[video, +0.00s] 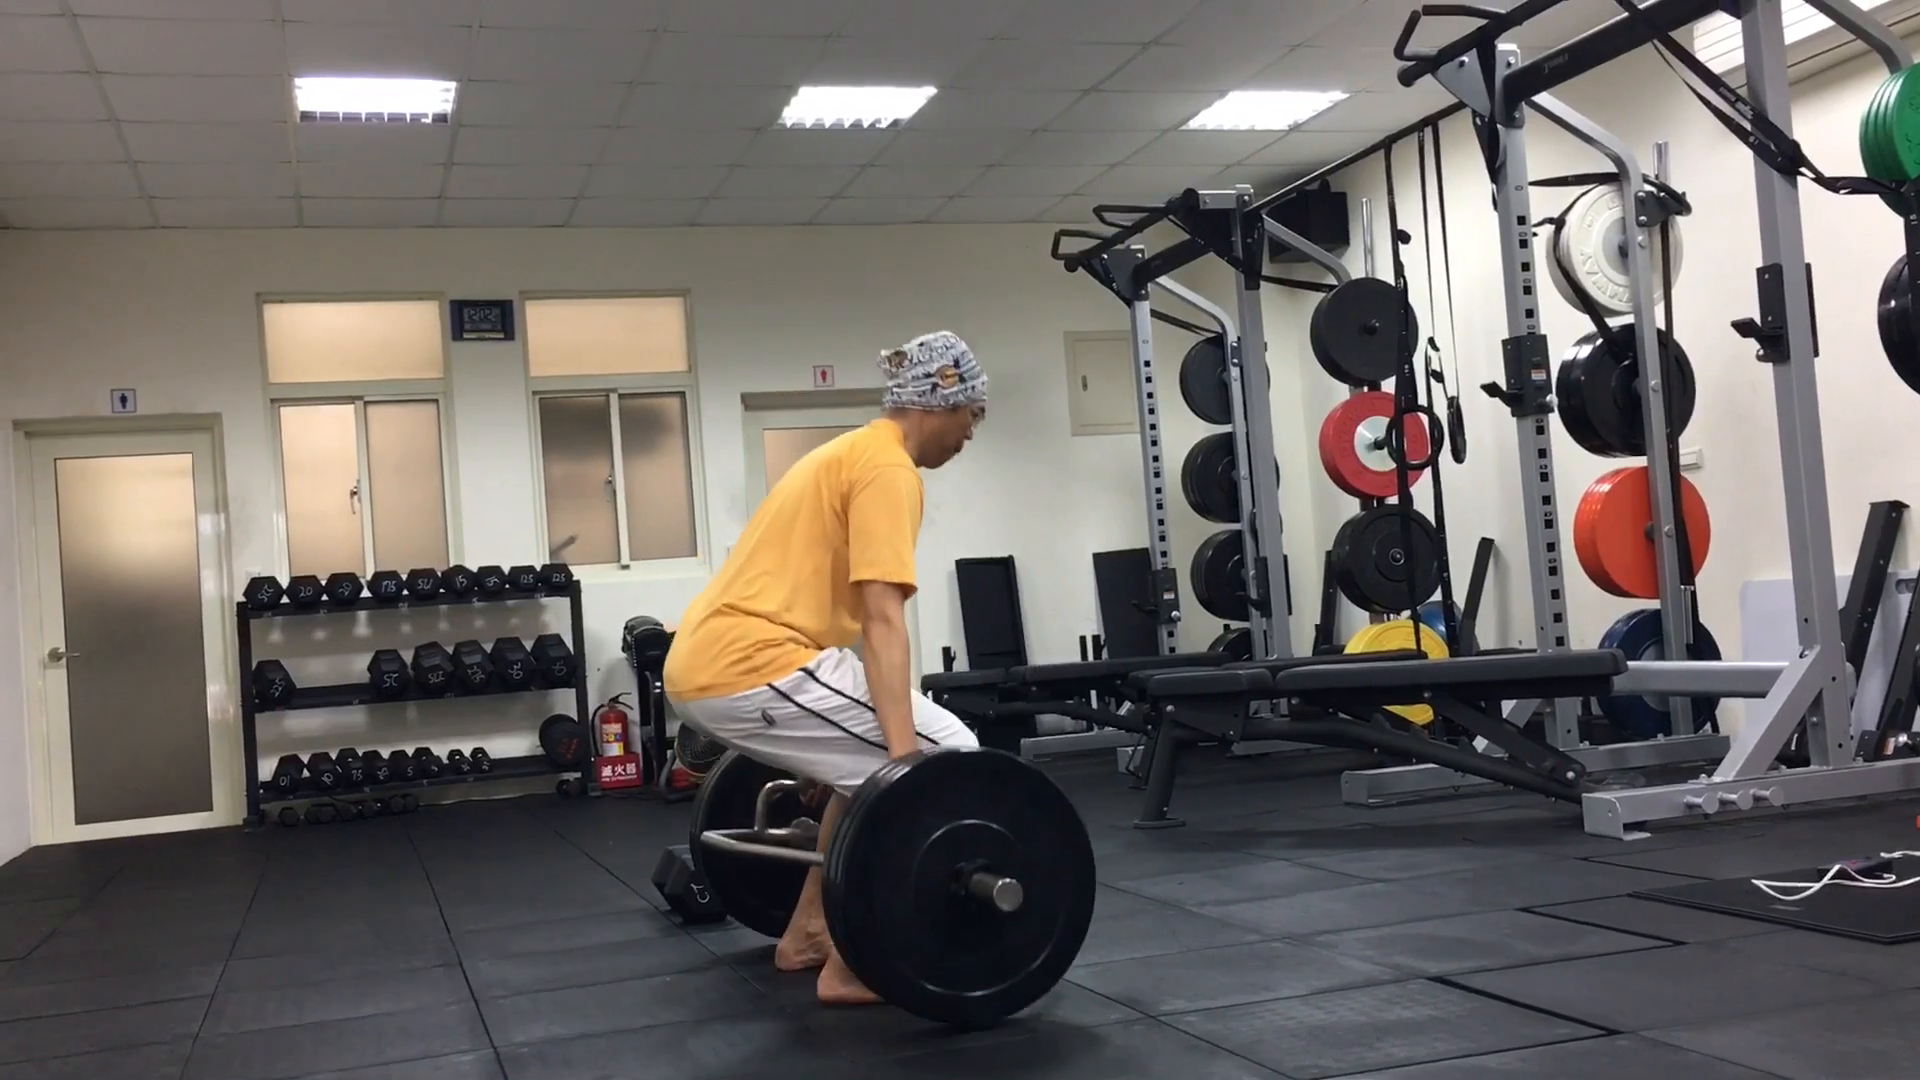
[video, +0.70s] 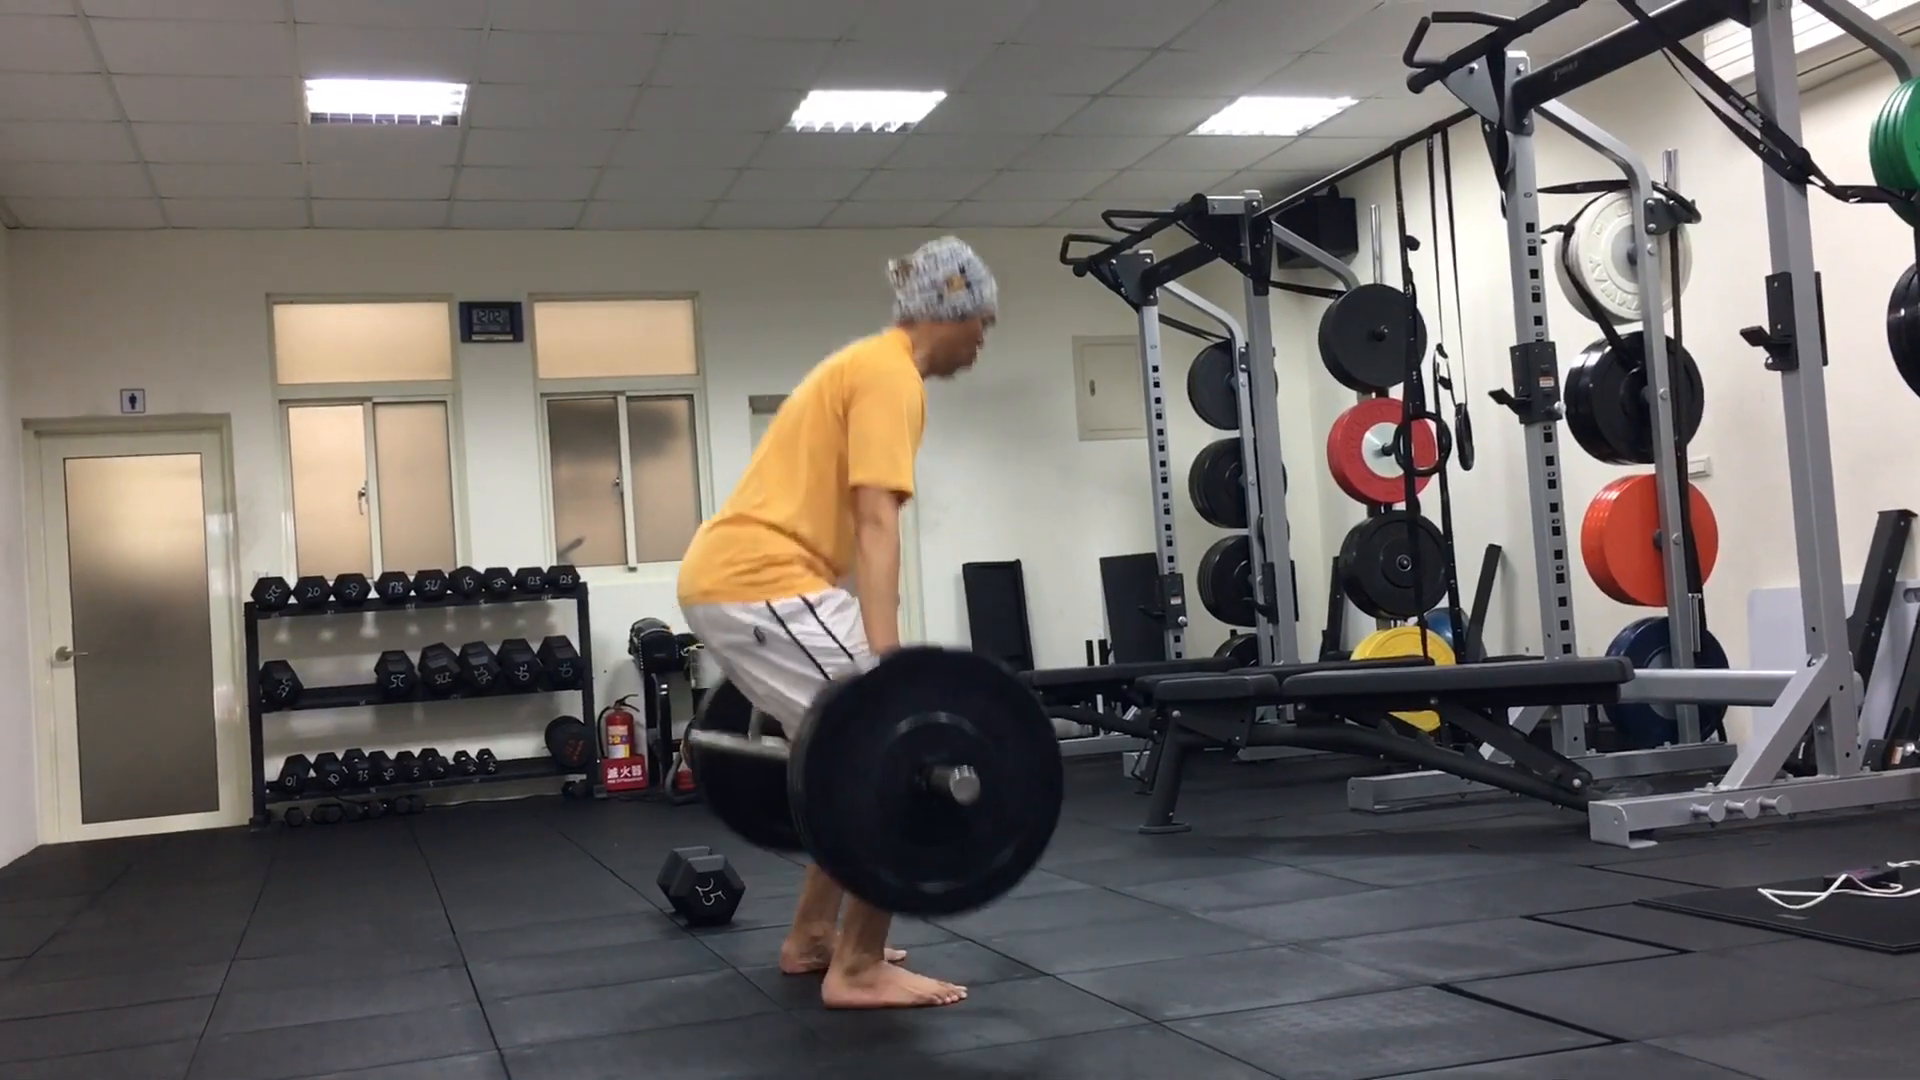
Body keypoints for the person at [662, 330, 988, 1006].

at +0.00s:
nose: (970, 435)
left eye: (975, 420)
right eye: (970, 416)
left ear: (908, 402)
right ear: (936, 405)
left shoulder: (845, 454)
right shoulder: (886, 464)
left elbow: (833, 616)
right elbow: (881, 617)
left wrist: (831, 751)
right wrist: (902, 750)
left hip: (702, 665)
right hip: (754, 663)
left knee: (884, 750)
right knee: (948, 750)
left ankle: (807, 931)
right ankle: (853, 963)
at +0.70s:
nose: (981, 346)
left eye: (985, 328)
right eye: (982, 326)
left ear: (921, 309)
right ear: (950, 312)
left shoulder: (864, 366)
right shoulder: (887, 370)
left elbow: (850, 526)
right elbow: (875, 519)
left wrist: (876, 656)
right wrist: (886, 663)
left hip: (729, 577)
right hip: (760, 576)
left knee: (865, 740)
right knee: (895, 744)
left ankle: (813, 935)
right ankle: (859, 966)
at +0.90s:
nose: (958, 247)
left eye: (961, 231)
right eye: (956, 228)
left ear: (898, 214)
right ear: (922, 215)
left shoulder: (836, 281)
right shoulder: (870, 283)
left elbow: (825, 430)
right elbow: (860, 423)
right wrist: (874, 568)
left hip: (744, 533)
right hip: (790, 534)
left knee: (795, 738)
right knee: (848, 734)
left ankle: (807, 934)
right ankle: (854, 962)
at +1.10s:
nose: (919, 212)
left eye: (921, 196)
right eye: (917, 194)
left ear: (854, 178)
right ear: (886, 180)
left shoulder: (804, 248)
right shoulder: (837, 248)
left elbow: (798, 400)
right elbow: (841, 387)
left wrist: (831, 526)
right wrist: (862, 524)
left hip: (773, 530)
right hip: (815, 532)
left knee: (779, 743)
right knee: (824, 744)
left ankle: (801, 938)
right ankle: (849, 965)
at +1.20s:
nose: (915, 206)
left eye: (916, 190)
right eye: (912, 189)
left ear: (850, 177)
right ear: (878, 178)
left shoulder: (798, 254)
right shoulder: (831, 252)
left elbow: (793, 411)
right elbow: (839, 396)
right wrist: (864, 534)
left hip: (777, 532)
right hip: (819, 533)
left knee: (781, 743)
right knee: (828, 744)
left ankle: (801, 937)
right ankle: (849, 966)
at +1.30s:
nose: (918, 208)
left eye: (919, 192)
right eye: (915, 191)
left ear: (853, 179)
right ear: (882, 181)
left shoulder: (800, 254)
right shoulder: (832, 253)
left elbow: (795, 408)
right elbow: (840, 398)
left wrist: (825, 532)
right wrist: (865, 535)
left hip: (775, 533)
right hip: (818, 534)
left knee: (785, 741)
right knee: (831, 742)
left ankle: (801, 937)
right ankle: (849, 966)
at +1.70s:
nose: (953, 306)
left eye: (958, 289)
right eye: (953, 286)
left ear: (899, 266)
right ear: (920, 269)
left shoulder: (828, 326)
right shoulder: (862, 332)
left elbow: (818, 486)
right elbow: (861, 480)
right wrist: (883, 624)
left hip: (717, 559)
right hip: (758, 559)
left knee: (831, 735)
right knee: (882, 729)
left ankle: (806, 934)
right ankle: (853, 963)